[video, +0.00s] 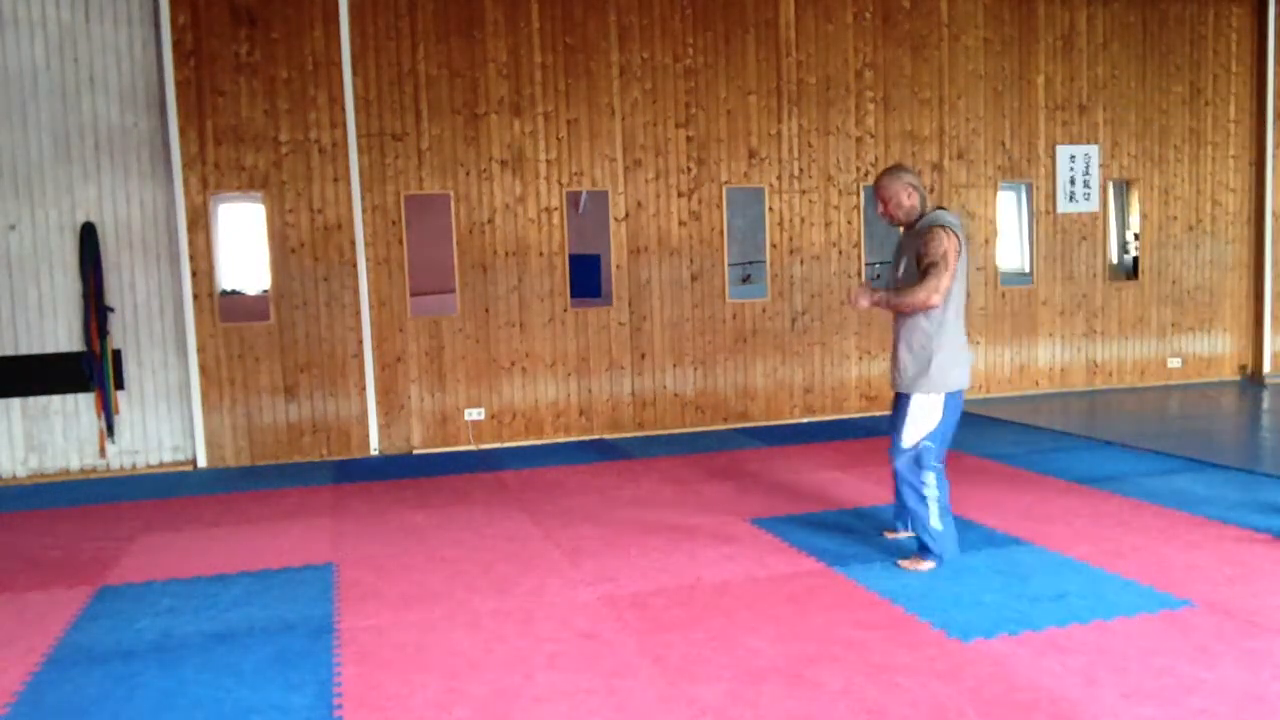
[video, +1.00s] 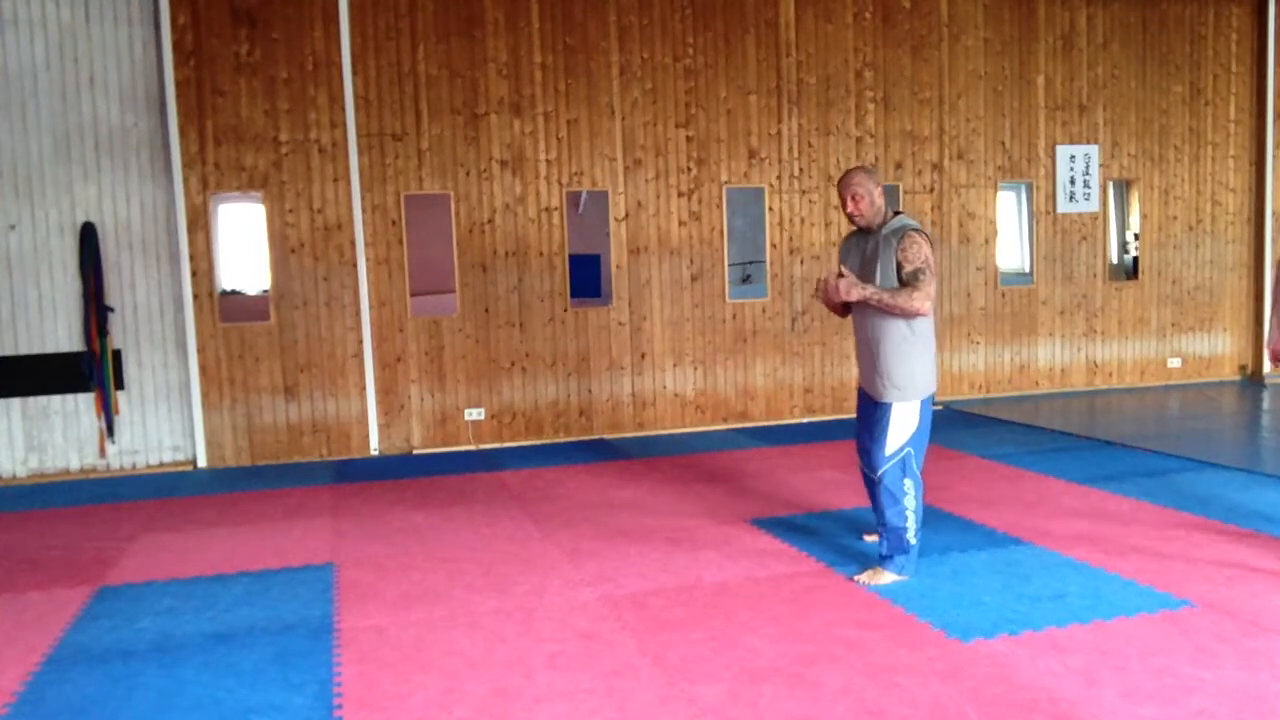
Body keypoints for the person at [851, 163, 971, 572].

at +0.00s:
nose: (883, 213)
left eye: (886, 202)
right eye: (880, 205)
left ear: (910, 193)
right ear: (905, 197)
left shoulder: (939, 231)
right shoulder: (912, 236)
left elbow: (932, 294)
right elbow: (913, 292)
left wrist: (879, 297)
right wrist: (879, 294)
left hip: (937, 373)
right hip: (915, 369)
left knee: (915, 457)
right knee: (907, 452)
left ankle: (937, 548)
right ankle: (912, 521)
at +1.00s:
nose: (851, 207)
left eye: (857, 197)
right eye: (845, 200)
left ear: (880, 194)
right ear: (844, 205)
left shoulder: (909, 239)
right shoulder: (853, 244)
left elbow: (921, 302)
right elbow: (849, 307)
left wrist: (862, 293)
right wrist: (832, 296)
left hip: (907, 381)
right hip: (873, 377)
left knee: (892, 469)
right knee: (872, 460)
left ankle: (901, 560)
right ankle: (892, 528)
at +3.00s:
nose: (842, 203)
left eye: (848, 194)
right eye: (835, 198)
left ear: (866, 194)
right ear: (831, 205)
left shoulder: (893, 236)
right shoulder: (838, 250)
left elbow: (933, 292)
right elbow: (837, 300)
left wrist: (881, 319)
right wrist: (838, 314)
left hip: (896, 372)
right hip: (861, 372)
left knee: (886, 463)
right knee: (872, 459)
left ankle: (904, 557)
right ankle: (896, 527)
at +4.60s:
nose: (886, 192)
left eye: (890, 184)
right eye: (876, 188)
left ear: (900, 189)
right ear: (864, 199)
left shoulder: (924, 228)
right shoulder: (861, 242)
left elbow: (936, 267)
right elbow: (824, 294)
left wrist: (879, 254)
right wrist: (829, 267)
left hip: (918, 365)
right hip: (881, 366)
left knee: (905, 462)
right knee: (903, 458)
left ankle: (903, 562)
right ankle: (933, 531)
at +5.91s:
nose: (895, 194)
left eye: (900, 186)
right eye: (885, 189)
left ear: (912, 190)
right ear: (874, 199)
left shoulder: (939, 235)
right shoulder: (868, 246)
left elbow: (954, 295)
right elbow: (860, 308)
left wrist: (890, 296)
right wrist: (848, 297)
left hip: (927, 372)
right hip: (888, 372)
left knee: (911, 469)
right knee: (901, 463)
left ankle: (904, 564)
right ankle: (935, 530)